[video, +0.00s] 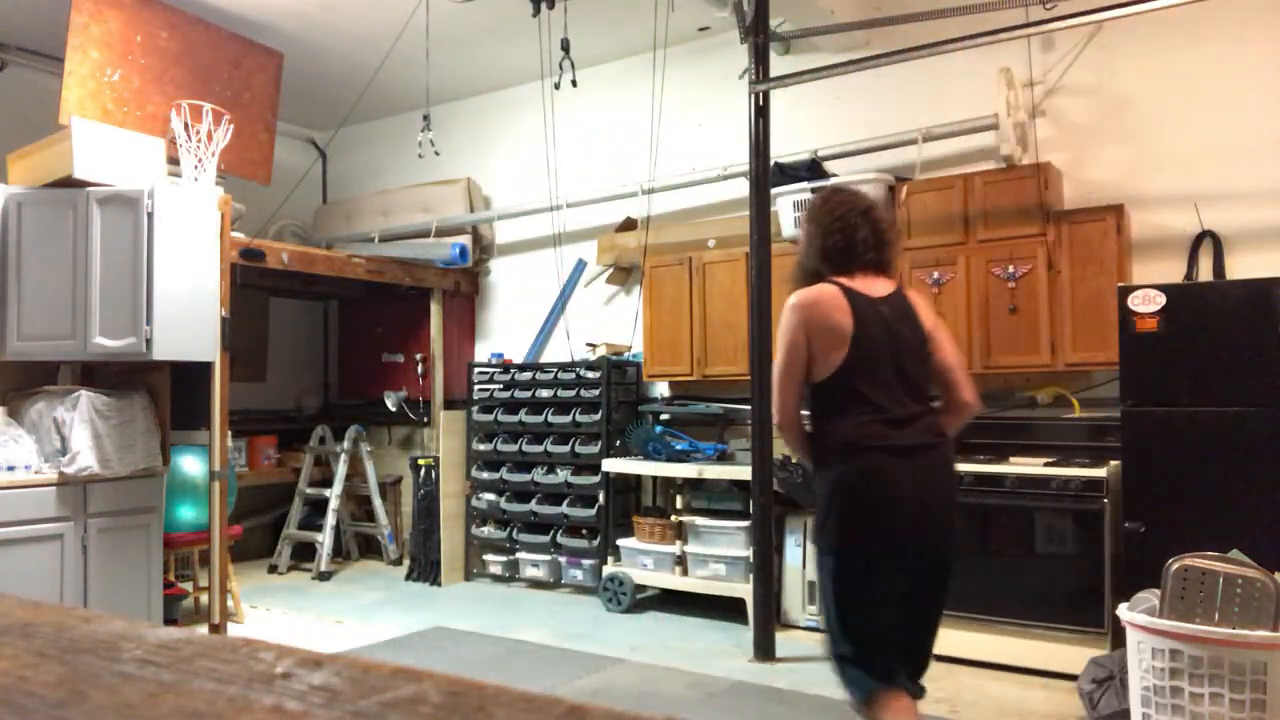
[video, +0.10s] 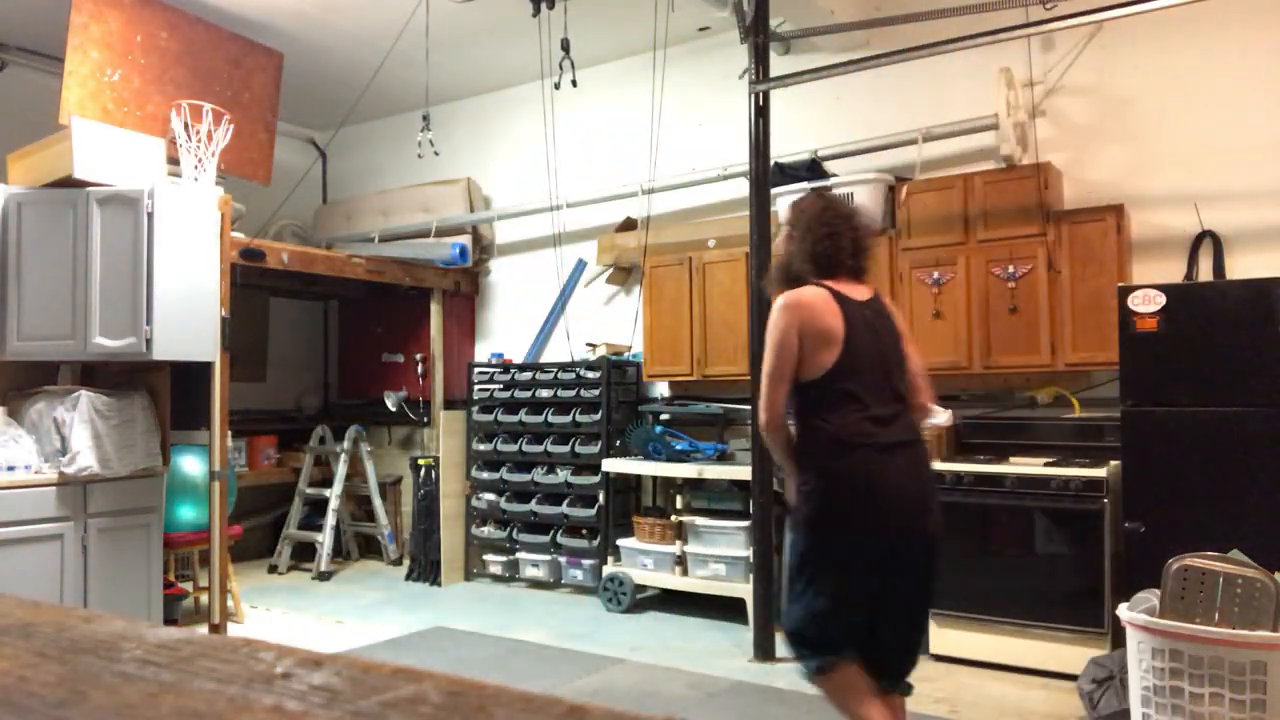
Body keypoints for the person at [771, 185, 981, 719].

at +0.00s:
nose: (800, 240)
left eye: (806, 231)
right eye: (804, 229)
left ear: (817, 243)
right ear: (880, 239)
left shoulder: (807, 306)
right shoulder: (912, 301)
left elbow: (786, 419)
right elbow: (965, 399)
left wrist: (828, 465)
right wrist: (919, 444)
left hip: (859, 487)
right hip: (931, 481)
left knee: (860, 659)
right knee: (903, 661)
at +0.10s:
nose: (780, 241)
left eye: (787, 232)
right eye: (783, 230)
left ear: (800, 244)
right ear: (853, 243)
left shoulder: (794, 306)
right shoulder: (879, 305)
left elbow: (770, 417)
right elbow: (922, 399)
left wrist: (793, 472)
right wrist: (874, 435)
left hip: (837, 489)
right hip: (907, 483)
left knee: (812, 632)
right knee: (886, 640)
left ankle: (876, 712)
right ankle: (890, 715)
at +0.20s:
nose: (753, 240)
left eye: (761, 231)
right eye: (756, 229)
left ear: (783, 240)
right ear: (820, 241)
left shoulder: (781, 302)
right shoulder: (846, 302)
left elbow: (757, 408)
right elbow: (874, 394)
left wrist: (759, 467)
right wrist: (793, 462)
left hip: (819, 491)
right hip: (884, 487)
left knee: (776, 623)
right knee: (871, 642)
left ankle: (814, 712)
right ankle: (884, 714)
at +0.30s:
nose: (734, 235)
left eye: (741, 225)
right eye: (737, 224)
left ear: (757, 236)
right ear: (797, 240)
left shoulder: (761, 295)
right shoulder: (814, 300)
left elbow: (739, 395)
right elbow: (801, 399)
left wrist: (726, 449)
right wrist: (753, 449)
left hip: (799, 479)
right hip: (854, 474)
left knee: (756, 611)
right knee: (854, 626)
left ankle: (750, 711)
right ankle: (881, 714)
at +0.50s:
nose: (692, 255)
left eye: (699, 247)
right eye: (695, 246)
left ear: (719, 255)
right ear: (750, 259)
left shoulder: (718, 314)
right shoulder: (762, 318)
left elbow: (675, 403)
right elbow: (741, 417)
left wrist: (658, 454)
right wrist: (677, 444)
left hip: (743, 489)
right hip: (789, 484)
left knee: (699, 615)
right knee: (769, 610)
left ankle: (702, 715)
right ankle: (846, 690)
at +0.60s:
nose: (680, 264)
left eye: (688, 256)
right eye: (683, 255)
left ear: (707, 266)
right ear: (732, 270)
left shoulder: (705, 325)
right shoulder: (747, 327)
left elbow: (640, 398)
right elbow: (714, 416)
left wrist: (612, 408)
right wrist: (641, 420)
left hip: (727, 494)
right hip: (768, 488)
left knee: (671, 608)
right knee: (722, 599)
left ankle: (697, 714)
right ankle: (793, 680)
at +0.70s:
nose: (675, 272)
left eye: (684, 266)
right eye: (679, 264)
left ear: (704, 278)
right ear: (731, 282)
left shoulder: (697, 335)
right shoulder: (735, 338)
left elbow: (617, 378)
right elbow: (670, 390)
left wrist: (588, 348)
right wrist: (620, 354)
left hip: (707, 506)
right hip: (743, 504)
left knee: (650, 605)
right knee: (698, 602)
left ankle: (693, 712)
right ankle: (743, 684)